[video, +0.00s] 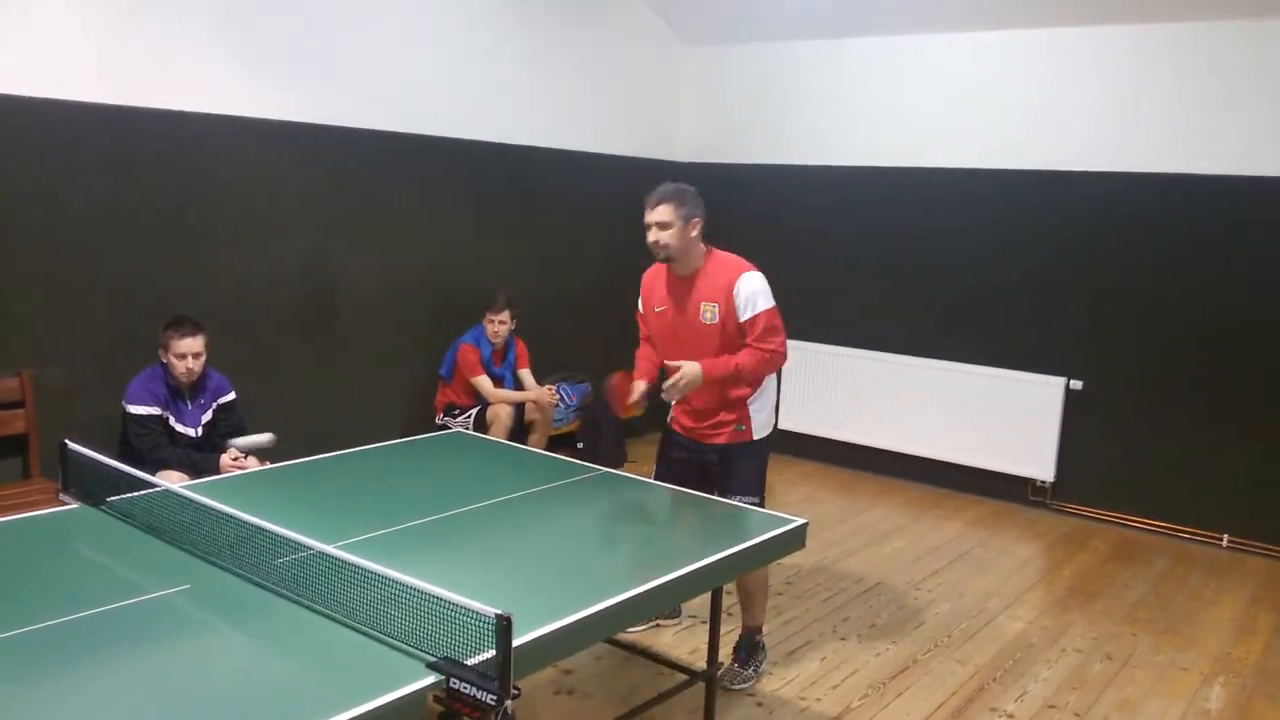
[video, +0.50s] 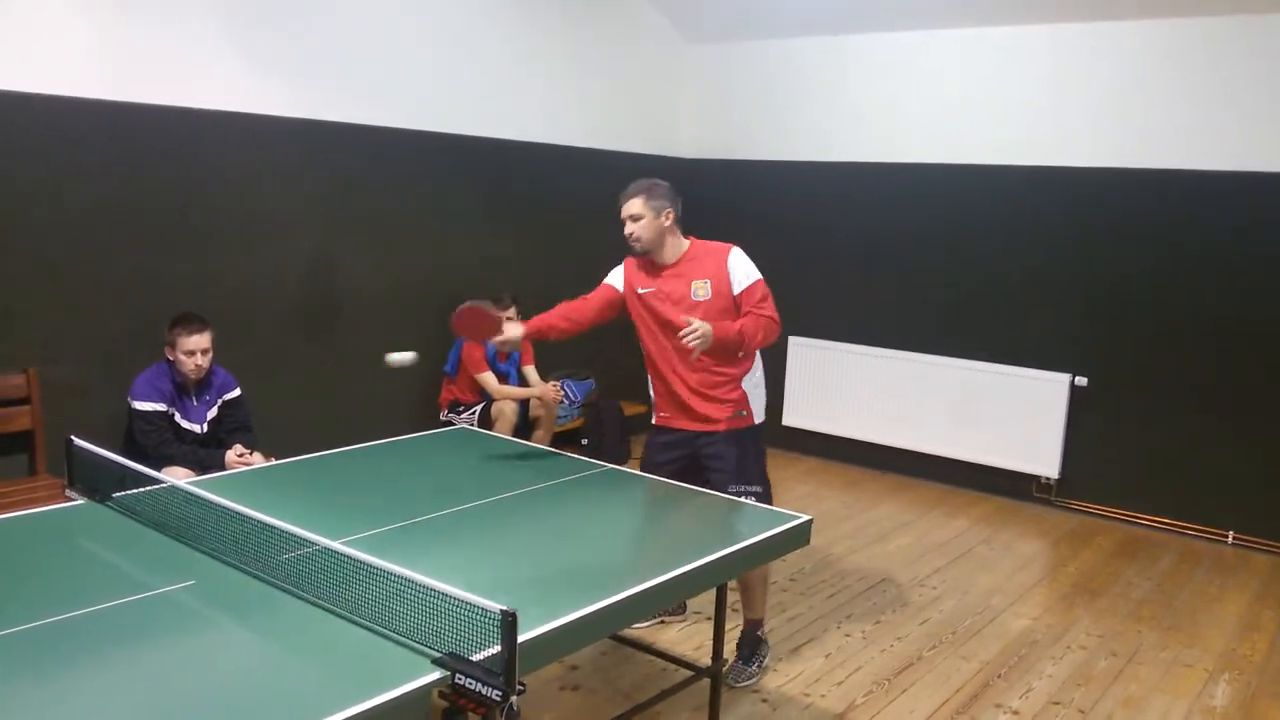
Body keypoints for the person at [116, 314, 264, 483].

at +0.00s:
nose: (190, 365)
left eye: (197, 356)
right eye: (181, 357)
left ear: (205, 354)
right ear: (163, 356)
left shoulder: (218, 386)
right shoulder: (142, 392)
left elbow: (235, 441)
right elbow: (155, 454)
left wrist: (240, 458)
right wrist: (215, 464)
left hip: (210, 467)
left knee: (252, 467)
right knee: (175, 481)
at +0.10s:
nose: (194, 365)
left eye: (200, 355)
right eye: (184, 357)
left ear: (207, 353)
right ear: (165, 355)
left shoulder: (220, 384)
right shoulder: (144, 391)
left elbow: (236, 434)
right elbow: (155, 452)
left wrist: (235, 451)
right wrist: (217, 462)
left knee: (254, 464)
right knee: (177, 480)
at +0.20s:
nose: (195, 364)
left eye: (200, 355)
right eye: (185, 356)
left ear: (207, 352)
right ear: (165, 355)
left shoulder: (219, 383)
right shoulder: (143, 390)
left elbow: (235, 432)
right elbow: (155, 451)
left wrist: (234, 449)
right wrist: (216, 461)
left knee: (253, 463)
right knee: (176, 479)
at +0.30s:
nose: (199, 363)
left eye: (204, 354)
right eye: (189, 355)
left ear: (211, 351)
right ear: (169, 354)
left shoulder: (223, 382)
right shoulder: (147, 388)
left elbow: (239, 431)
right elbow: (158, 451)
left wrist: (238, 449)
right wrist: (220, 461)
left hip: (213, 462)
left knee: (256, 462)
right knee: (181, 478)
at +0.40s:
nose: (199, 363)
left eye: (205, 353)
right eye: (189, 354)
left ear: (212, 350)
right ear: (169, 353)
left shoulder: (223, 382)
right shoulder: (148, 388)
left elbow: (239, 431)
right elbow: (159, 450)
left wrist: (239, 449)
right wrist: (221, 460)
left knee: (256, 461)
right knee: (181, 477)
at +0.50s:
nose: (199, 362)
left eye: (205, 353)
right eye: (189, 354)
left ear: (212, 350)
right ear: (170, 353)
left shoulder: (224, 382)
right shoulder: (148, 388)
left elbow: (239, 431)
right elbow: (159, 450)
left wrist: (239, 448)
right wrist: (221, 460)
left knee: (257, 461)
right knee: (180, 477)